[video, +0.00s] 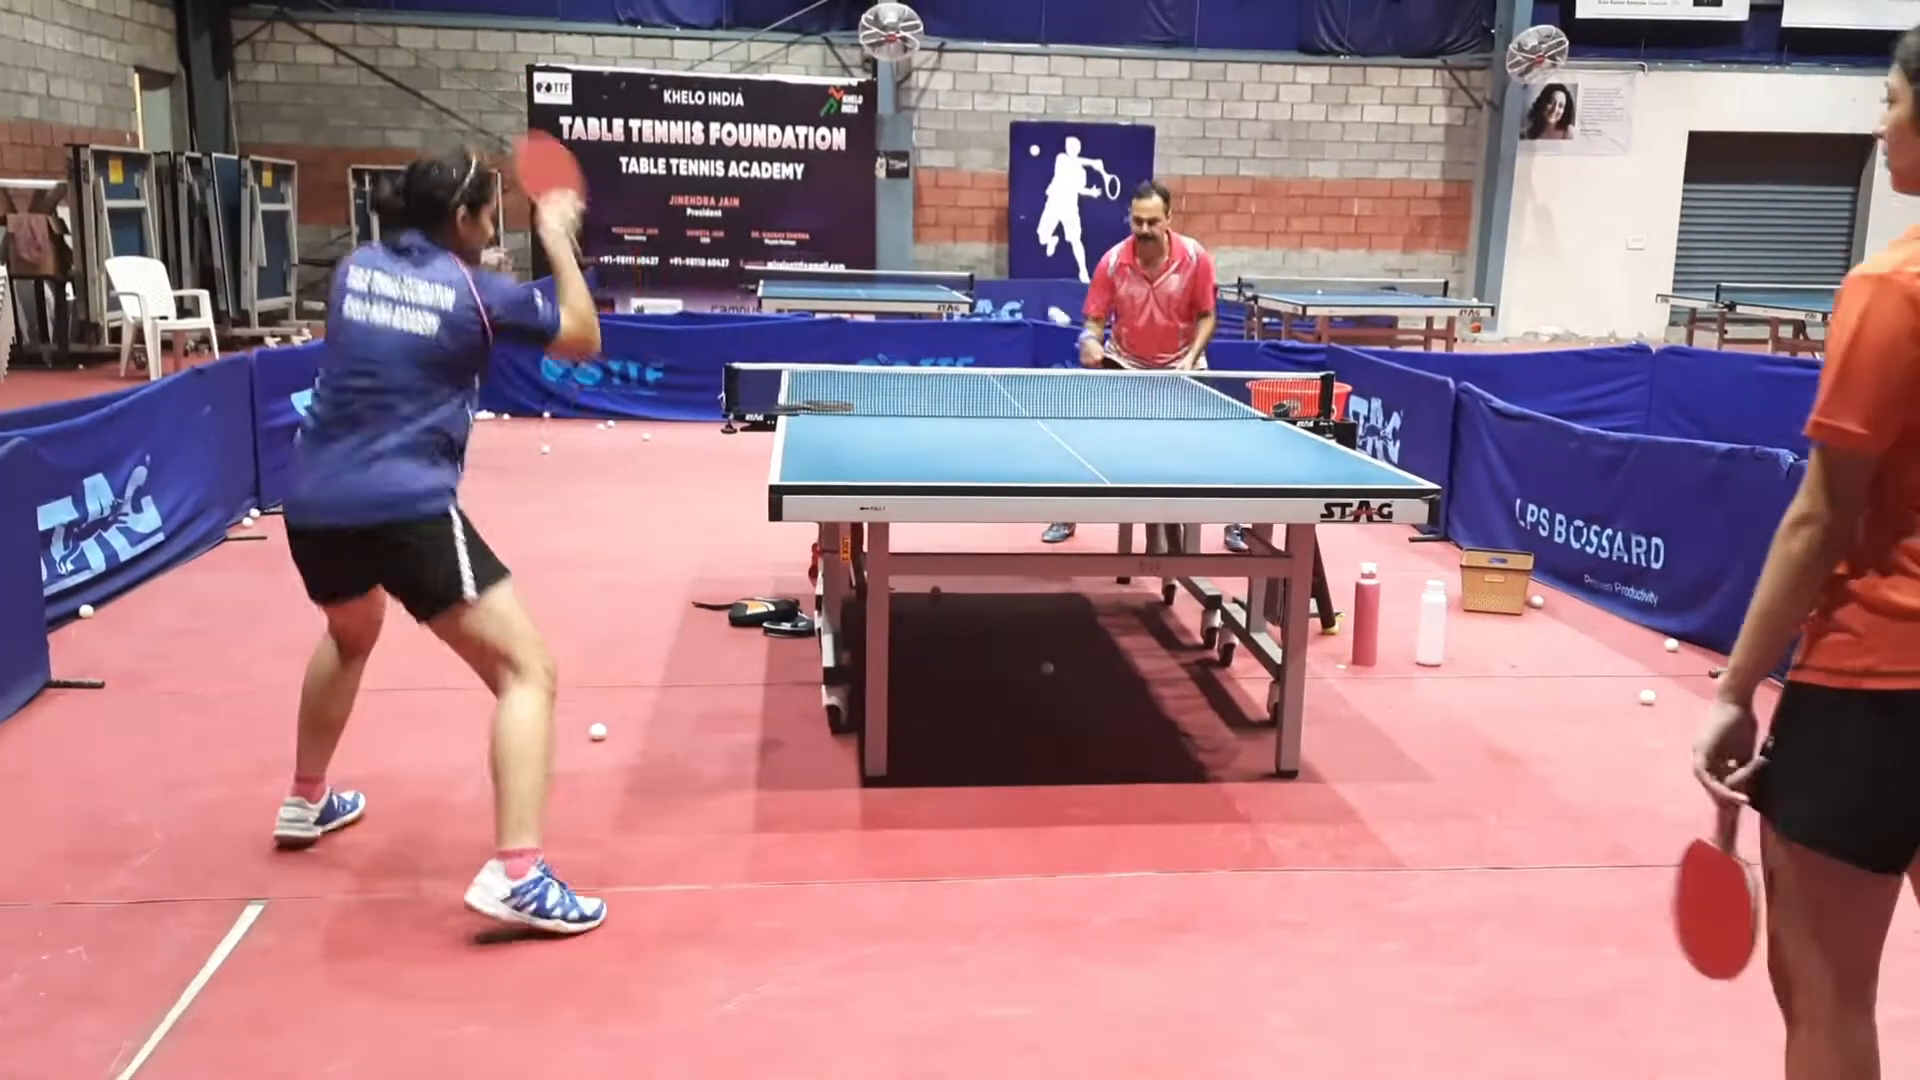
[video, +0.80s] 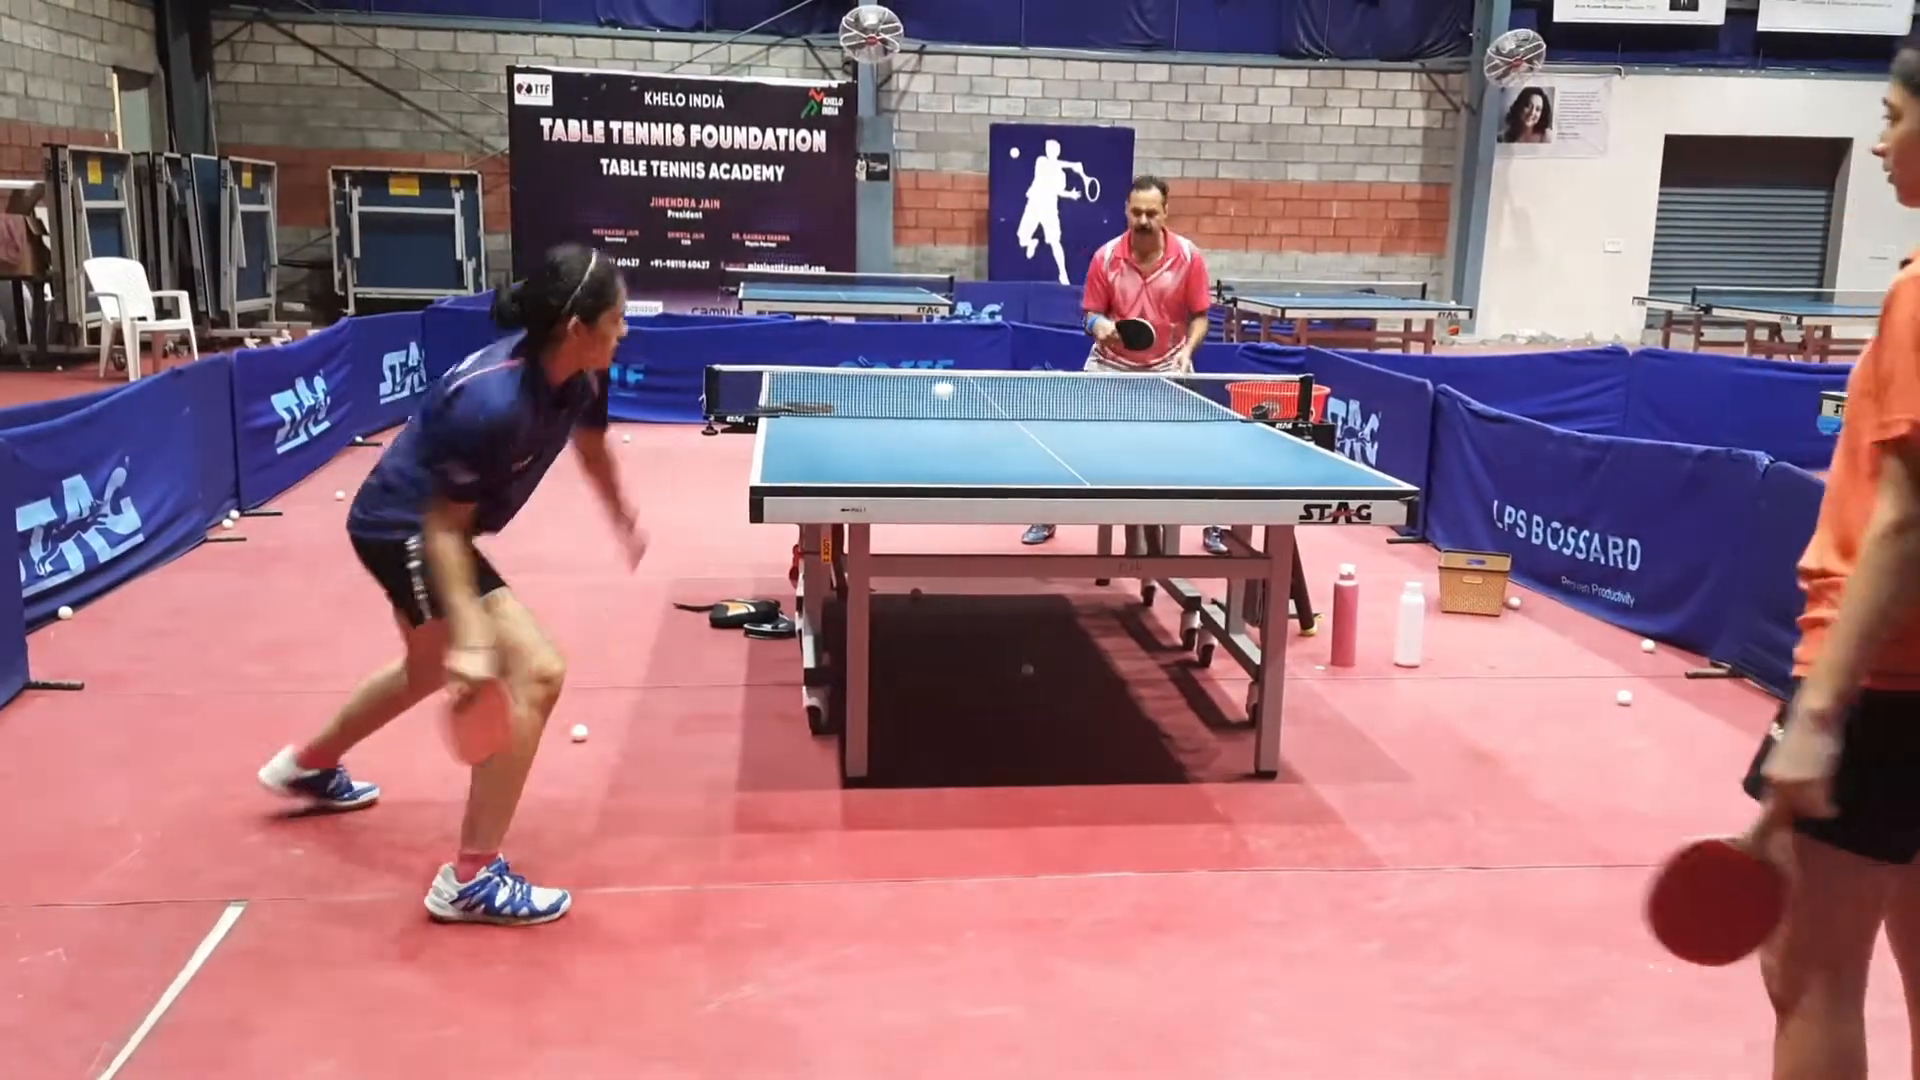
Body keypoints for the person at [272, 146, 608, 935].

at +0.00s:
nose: (492, 224)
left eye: (491, 210)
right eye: (488, 212)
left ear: (409, 213)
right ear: (462, 219)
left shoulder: (354, 268)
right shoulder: (477, 292)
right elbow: (582, 334)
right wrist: (555, 235)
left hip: (313, 504)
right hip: (408, 507)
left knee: (348, 636)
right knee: (524, 674)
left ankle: (303, 801)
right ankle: (518, 869)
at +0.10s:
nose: (489, 277)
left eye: (487, 264)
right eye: (485, 266)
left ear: (406, 270)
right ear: (465, 273)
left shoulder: (356, 323)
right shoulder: (482, 348)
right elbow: (582, 417)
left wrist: (463, 332)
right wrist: (590, 318)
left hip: (320, 557)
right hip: (419, 563)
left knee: (348, 638)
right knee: (556, 699)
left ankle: (301, 804)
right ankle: (511, 885)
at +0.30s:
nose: (533, 239)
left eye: (532, 225)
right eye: (528, 227)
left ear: (454, 226)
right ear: (505, 235)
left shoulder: (407, 272)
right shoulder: (504, 316)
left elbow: (448, 350)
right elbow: (553, 442)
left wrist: (535, 337)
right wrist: (623, 394)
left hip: (312, 499)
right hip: (399, 510)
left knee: (357, 631)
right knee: (520, 671)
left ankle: (300, 797)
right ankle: (507, 871)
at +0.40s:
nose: (566, 224)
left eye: (565, 210)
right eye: (561, 211)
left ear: (499, 211)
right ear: (530, 219)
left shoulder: (453, 251)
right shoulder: (507, 305)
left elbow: (488, 371)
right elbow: (509, 439)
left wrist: (584, 390)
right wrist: (606, 453)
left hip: (324, 462)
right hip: (385, 480)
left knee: (381, 618)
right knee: (508, 652)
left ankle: (303, 767)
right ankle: (495, 861)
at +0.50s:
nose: (593, 254)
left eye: (591, 240)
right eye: (587, 241)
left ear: (539, 243)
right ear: (556, 250)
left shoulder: (511, 294)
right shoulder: (496, 327)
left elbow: (530, 401)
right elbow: (450, 464)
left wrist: (598, 470)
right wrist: (549, 516)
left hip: (359, 482)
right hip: (379, 499)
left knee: (398, 636)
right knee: (501, 665)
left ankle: (313, 764)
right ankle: (479, 869)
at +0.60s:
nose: (607, 314)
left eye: (606, 301)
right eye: (600, 301)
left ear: (551, 305)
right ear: (565, 308)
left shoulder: (559, 372)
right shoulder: (472, 374)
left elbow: (566, 463)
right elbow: (402, 498)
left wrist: (597, 564)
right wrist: (487, 577)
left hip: (412, 524)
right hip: (370, 531)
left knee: (417, 666)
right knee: (508, 678)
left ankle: (302, 775)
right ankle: (477, 872)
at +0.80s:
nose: (622, 334)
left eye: (622, 321)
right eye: (615, 322)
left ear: (575, 327)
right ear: (574, 329)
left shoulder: (581, 375)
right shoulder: (489, 402)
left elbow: (592, 444)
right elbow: (443, 530)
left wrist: (619, 512)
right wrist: (472, 638)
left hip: (435, 524)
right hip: (399, 529)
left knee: (430, 665)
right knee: (538, 674)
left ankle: (307, 764)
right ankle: (472, 873)